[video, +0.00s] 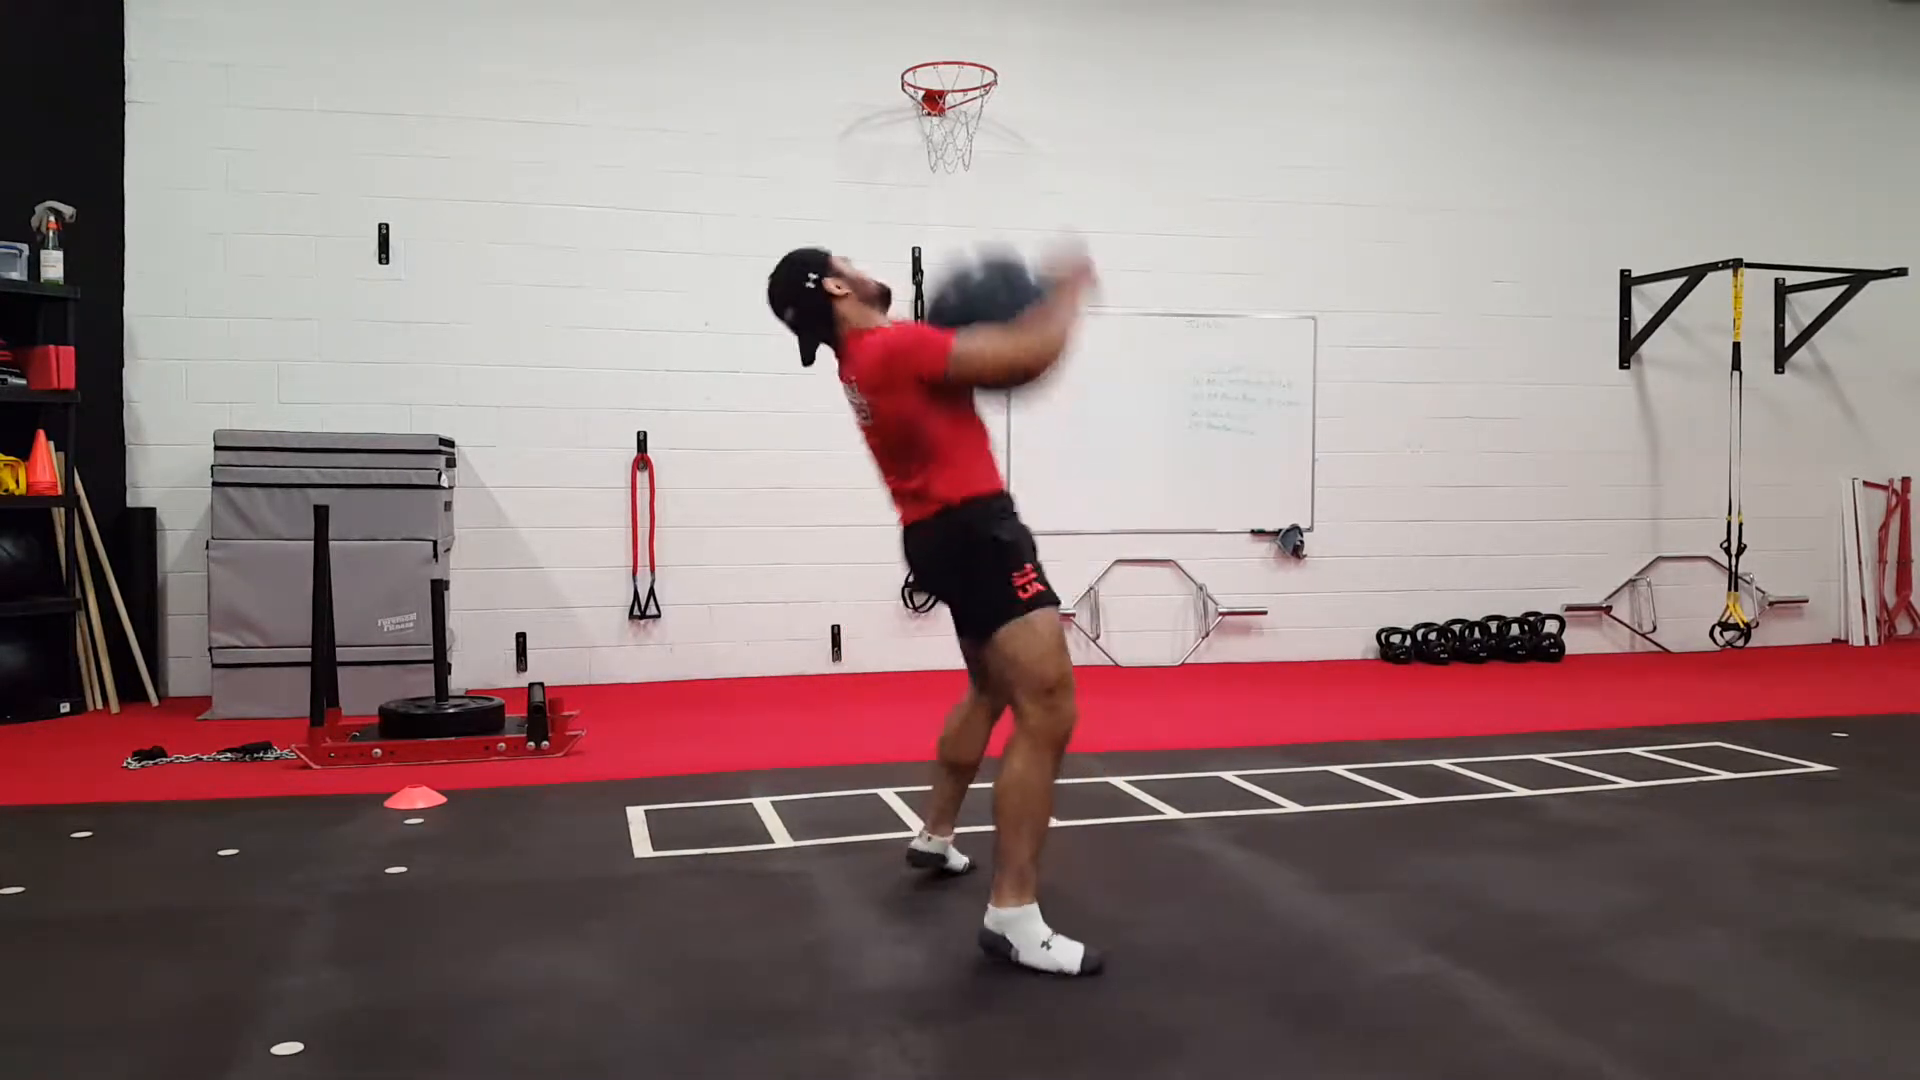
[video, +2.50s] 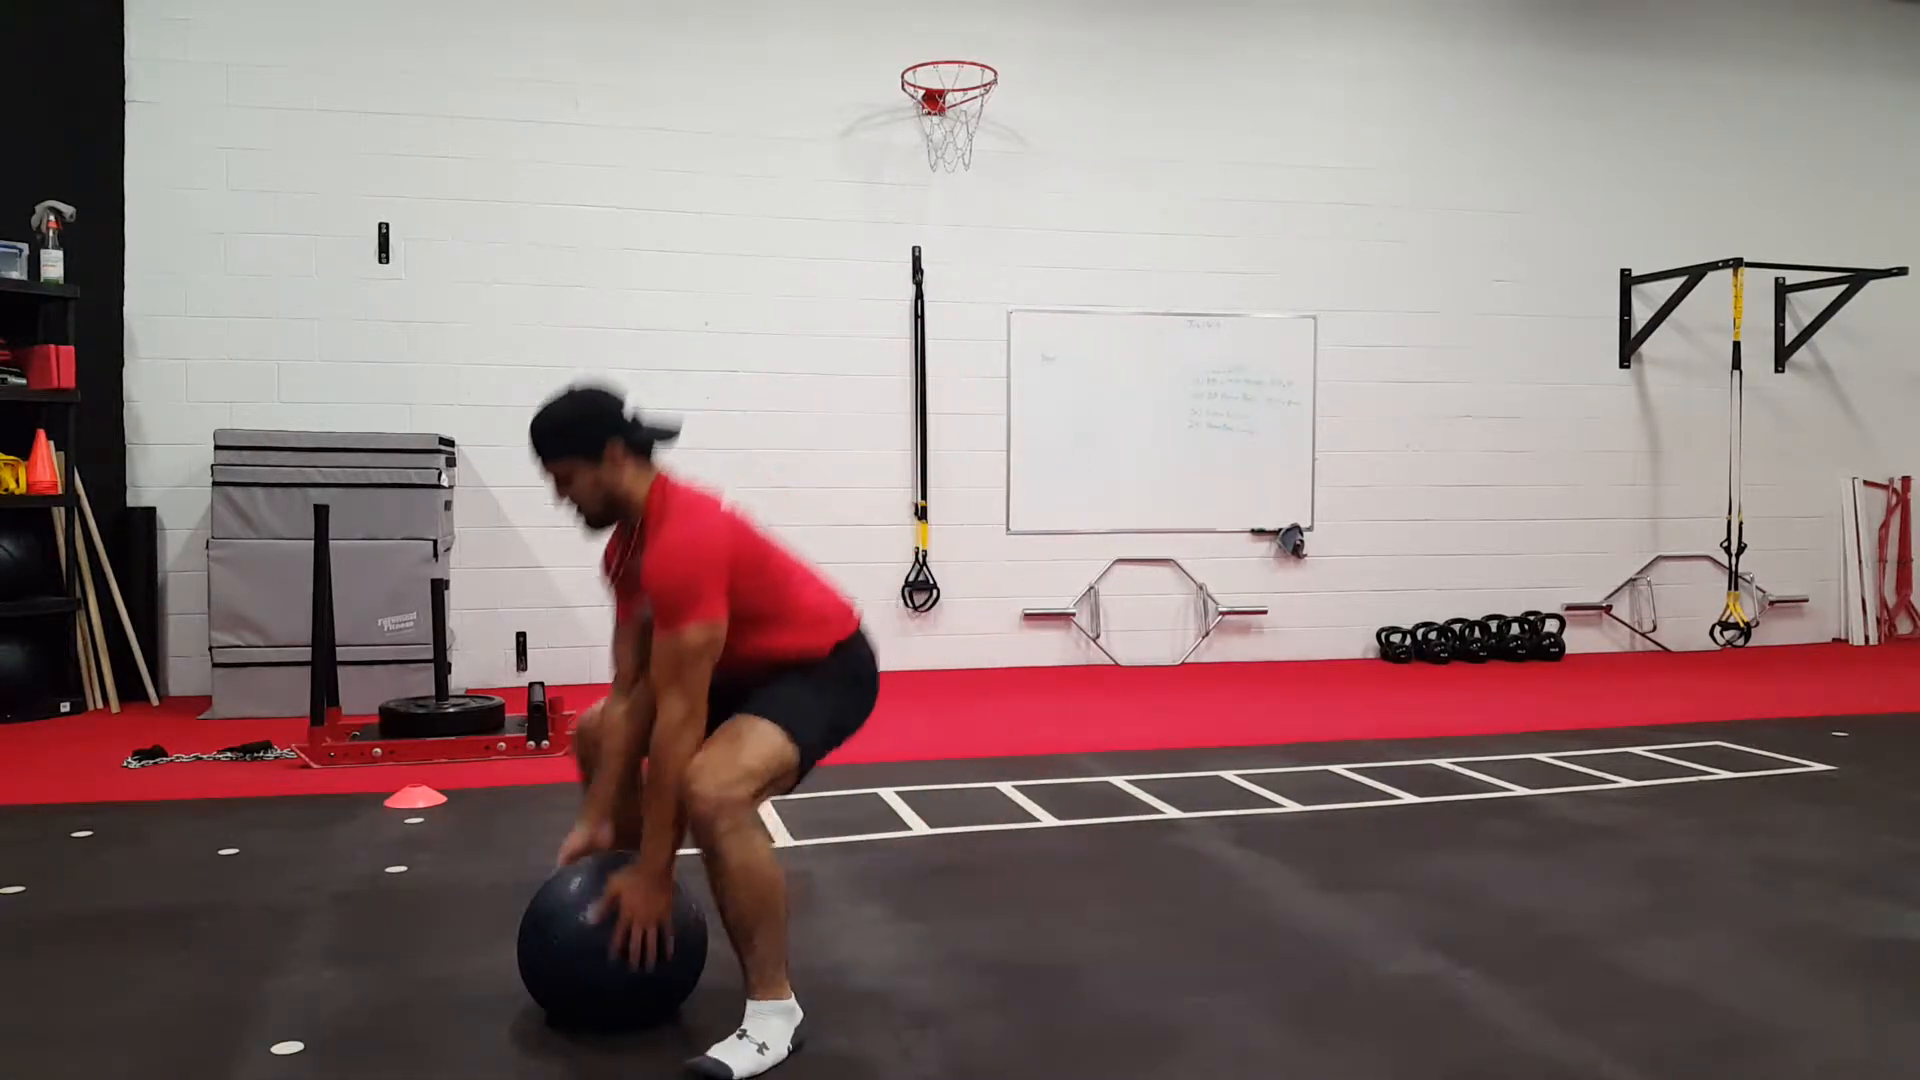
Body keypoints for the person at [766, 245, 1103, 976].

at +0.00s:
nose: (861, 268)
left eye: (845, 261)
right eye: (845, 264)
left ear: (826, 303)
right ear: (836, 287)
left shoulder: (865, 359)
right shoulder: (892, 347)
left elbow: (992, 360)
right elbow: (1029, 350)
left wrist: (1007, 310)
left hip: (943, 537)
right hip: (978, 530)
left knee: (989, 692)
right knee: (1047, 711)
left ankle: (933, 833)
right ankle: (1014, 910)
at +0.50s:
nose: (964, 273)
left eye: (956, 263)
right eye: (946, 268)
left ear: (927, 298)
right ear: (919, 297)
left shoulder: (925, 367)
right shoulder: (978, 347)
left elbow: (1029, 359)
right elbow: (1102, 363)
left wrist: (1048, 275)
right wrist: (1127, 274)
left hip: (974, 537)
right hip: (1019, 528)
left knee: (1006, 704)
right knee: (1080, 712)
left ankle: (927, 844)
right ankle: (1034, 895)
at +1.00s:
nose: (1012, 280)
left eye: (1024, 264)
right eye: (1002, 268)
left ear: (1065, 259)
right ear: (996, 272)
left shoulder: (1120, 327)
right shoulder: (981, 358)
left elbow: (1138, 418)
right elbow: (937, 466)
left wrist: (1162, 501)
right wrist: (971, 565)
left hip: (1103, 532)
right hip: (1024, 537)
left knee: (1129, 700)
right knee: (1062, 703)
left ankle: (1136, 838)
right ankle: (1067, 872)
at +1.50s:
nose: (936, 315)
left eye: (944, 298)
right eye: (927, 304)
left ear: (986, 283)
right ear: (929, 306)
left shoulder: (1060, 338)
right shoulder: (945, 393)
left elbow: (1118, 426)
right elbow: (932, 500)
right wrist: (894, 600)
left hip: (1072, 548)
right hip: (990, 553)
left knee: (1110, 727)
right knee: (930, 706)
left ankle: (1143, 853)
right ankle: (915, 877)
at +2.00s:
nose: (749, 333)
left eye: (755, 314)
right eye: (742, 319)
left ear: (803, 292)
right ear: (779, 306)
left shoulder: (878, 369)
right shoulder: (785, 392)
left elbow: (891, 514)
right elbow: (779, 516)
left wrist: (798, 617)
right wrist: (731, 623)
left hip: (909, 566)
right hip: (846, 568)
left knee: (847, 747)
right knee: (803, 741)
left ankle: (808, 962)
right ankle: (898, 882)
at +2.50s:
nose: (560, 495)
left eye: (564, 478)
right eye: (554, 481)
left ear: (613, 456)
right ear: (610, 461)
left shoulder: (684, 539)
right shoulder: (630, 548)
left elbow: (681, 718)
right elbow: (629, 690)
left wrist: (655, 867)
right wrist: (597, 818)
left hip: (824, 666)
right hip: (739, 670)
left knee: (712, 788)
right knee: (599, 735)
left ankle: (772, 1009)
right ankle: (631, 931)